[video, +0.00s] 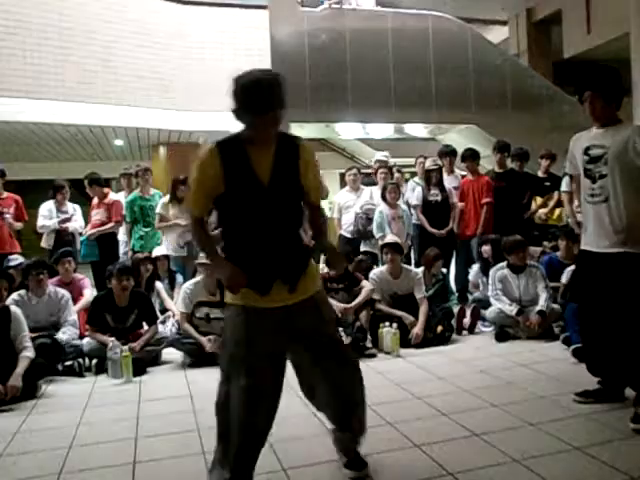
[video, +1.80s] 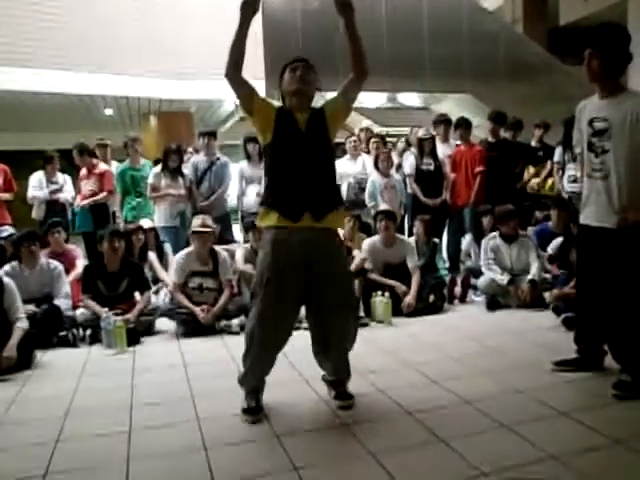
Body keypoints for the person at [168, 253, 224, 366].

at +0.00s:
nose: (208, 270)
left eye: (211, 266)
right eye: (203, 266)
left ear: (218, 267)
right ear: (198, 268)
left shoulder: (226, 289)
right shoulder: (189, 288)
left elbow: (233, 317)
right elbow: (183, 321)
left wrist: (223, 340)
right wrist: (202, 340)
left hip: (221, 336)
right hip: (196, 333)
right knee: (175, 341)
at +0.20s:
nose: (211, 271)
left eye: (215, 267)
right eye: (207, 267)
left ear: (221, 268)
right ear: (199, 268)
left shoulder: (228, 287)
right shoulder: (189, 288)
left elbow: (234, 319)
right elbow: (182, 322)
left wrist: (221, 341)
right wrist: (202, 340)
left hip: (221, 334)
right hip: (196, 334)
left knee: (238, 343)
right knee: (174, 341)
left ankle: (198, 359)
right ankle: (223, 357)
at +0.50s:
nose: (210, 271)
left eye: (214, 267)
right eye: (206, 267)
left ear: (220, 269)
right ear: (199, 269)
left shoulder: (228, 289)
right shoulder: (188, 289)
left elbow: (234, 320)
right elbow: (182, 323)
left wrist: (221, 342)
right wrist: (201, 341)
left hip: (222, 334)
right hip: (197, 334)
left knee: (251, 337)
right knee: (173, 342)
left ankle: (200, 360)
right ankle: (221, 358)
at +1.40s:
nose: (207, 261)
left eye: (211, 257)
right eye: (203, 257)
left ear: (217, 259)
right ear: (196, 259)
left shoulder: (225, 279)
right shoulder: (185, 279)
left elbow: (230, 310)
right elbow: (177, 311)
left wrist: (217, 332)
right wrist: (197, 331)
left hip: (217, 325)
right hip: (192, 325)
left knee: (239, 332)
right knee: (169, 332)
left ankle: (190, 350)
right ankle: (217, 349)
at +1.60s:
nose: (202, 238)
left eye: (205, 233)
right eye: (197, 234)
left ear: (212, 235)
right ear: (191, 235)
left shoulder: (219, 256)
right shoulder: (180, 256)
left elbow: (225, 287)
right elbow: (172, 287)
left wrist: (212, 309)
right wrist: (192, 307)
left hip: (211, 301)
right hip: (187, 301)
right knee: (183, 323)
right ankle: (216, 324)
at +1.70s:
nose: (202, 241)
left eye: (206, 237)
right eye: (198, 237)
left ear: (213, 237)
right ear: (191, 238)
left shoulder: (221, 258)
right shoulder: (182, 258)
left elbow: (227, 289)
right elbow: (175, 290)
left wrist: (214, 311)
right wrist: (195, 310)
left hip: (214, 302)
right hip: (190, 302)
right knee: (184, 327)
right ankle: (220, 326)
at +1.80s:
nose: (202, 239)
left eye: (206, 235)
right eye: (198, 235)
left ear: (213, 237)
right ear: (192, 238)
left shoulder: (222, 257)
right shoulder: (182, 258)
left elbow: (228, 288)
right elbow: (175, 290)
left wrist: (214, 311)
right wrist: (195, 309)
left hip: (215, 303)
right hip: (191, 303)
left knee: (241, 304)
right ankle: (218, 326)